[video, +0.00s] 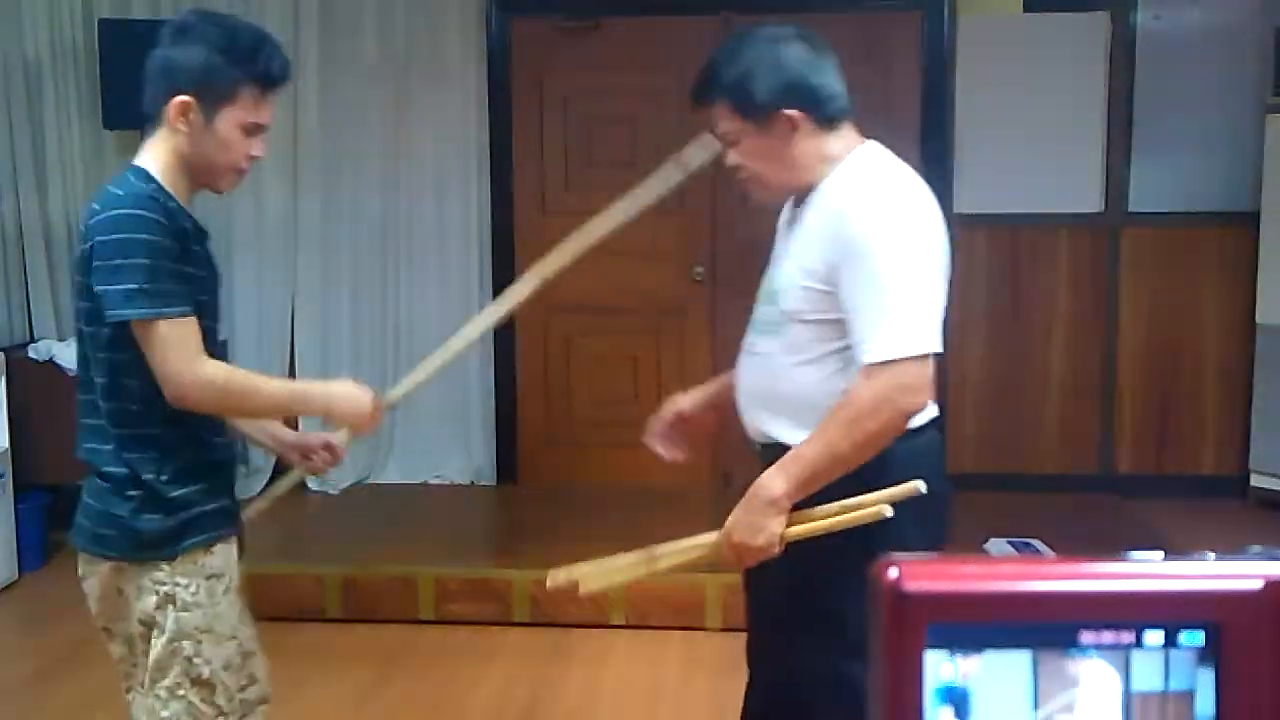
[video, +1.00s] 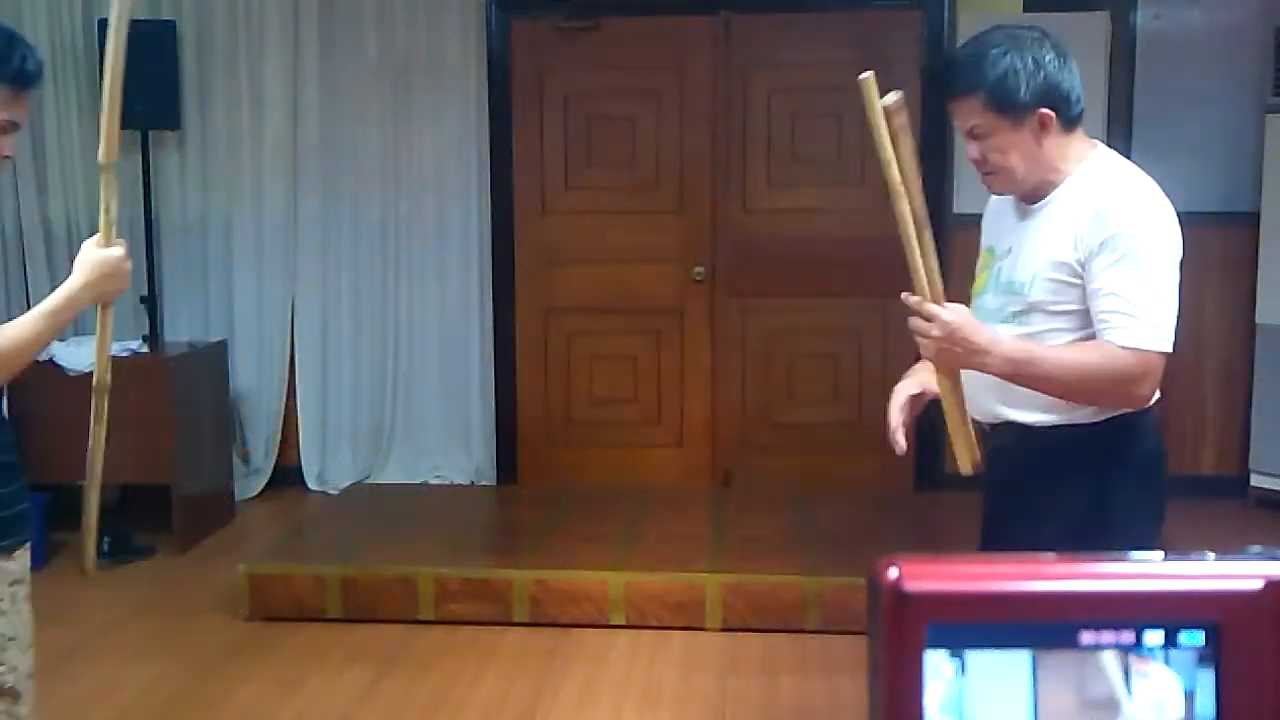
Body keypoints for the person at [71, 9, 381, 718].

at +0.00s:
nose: (259, 150)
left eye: (263, 132)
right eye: (248, 129)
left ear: (185, 120)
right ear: (183, 116)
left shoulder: (169, 221)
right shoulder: (135, 218)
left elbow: (196, 374)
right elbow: (185, 381)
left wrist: (281, 440)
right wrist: (323, 396)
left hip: (181, 528)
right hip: (157, 537)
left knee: (218, 698)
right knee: (206, 702)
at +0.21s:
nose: (204, 144)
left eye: (208, 125)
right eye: (198, 122)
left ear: (136, 110)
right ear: (137, 108)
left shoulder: (69, 209)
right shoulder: (118, 220)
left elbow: (104, 389)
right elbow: (216, 370)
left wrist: (210, 429)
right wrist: (313, 338)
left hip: (88, 525)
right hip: (145, 536)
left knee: (123, 705)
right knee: (181, 708)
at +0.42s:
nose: (141, 148)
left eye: (145, 130)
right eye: (135, 127)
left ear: (68, 115)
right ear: (72, 115)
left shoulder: (9, 212)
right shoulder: (70, 226)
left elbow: (32, 398)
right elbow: (181, 361)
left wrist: (142, 451)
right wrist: (256, 292)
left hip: (18, 537)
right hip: (99, 545)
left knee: (32, 710)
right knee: (152, 705)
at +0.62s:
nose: (81, 153)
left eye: (86, 134)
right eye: (72, 132)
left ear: (15, 126)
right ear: (12, 122)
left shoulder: (12, 222)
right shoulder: (8, 223)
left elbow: (5, 408)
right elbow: (85, 372)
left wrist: (74, 473)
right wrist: (160, 290)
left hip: (30, 533)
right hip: (32, 539)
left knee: (47, 701)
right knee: (75, 704)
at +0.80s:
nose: (44, 150)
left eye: (49, 132)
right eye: (36, 130)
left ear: (12, 120)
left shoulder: (3, 230)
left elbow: (8, 372)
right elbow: (27, 367)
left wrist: (47, 455)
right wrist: (109, 274)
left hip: (22, 536)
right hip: (10, 545)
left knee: (43, 700)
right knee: (42, 706)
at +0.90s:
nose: (25, 151)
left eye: (30, 132)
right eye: (19, 131)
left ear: (23, 122)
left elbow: (10, 361)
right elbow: (6, 367)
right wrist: (92, 279)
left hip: (13, 530)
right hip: (6, 534)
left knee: (28, 698)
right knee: (22, 702)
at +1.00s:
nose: (12, 149)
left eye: (15, 129)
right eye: (9, 129)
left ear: (21, 121)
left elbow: (11, 360)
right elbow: (9, 362)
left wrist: (78, 289)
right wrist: (80, 288)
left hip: (13, 527)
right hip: (7, 531)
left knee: (17, 700)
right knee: (13, 700)